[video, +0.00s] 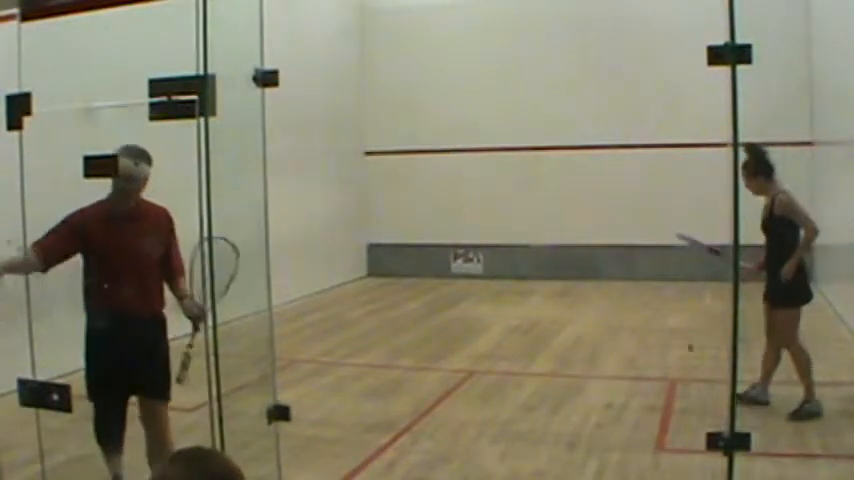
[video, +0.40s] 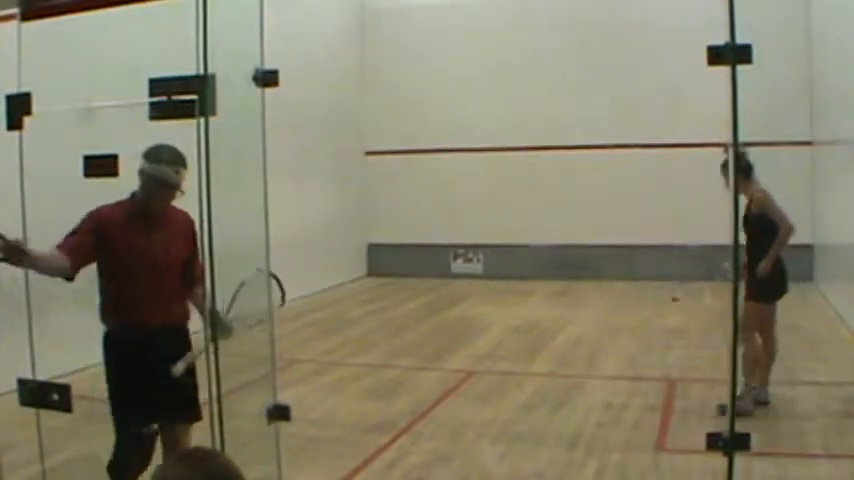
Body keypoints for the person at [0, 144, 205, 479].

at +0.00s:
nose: (128, 181)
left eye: (136, 175)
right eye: (122, 174)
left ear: (147, 178)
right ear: (110, 174)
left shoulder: (159, 219)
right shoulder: (88, 219)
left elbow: (175, 272)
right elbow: (39, 258)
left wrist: (187, 300)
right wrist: (5, 266)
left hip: (149, 328)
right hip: (105, 330)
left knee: (156, 413)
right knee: (108, 415)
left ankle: (162, 475)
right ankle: (116, 473)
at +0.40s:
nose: (169, 195)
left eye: (174, 188)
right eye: (162, 185)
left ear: (180, 187)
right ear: (143, 179)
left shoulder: (183, 225)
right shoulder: (107, 221)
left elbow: (194, 284)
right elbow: (66, 263)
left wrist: (212, 317)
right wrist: (28, 258)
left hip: (173, 338)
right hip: (126, 342)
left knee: (178, 435)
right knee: (136, 445)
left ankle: (177, 479)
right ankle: (121, 476)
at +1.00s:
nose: (187, 195)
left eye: (189, 187)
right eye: (184, 185)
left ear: (164, 182)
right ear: (163, 180)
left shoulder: (152, 220)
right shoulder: (139, 226)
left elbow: (157, 286)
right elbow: (148, 304)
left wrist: (194, 299)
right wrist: (192, 341)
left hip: (147, 350)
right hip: (136, 354)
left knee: (158, 454)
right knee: (153, 456)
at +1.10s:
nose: (186, 190)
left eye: (186, 182)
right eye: (182, 181)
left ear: (152, 179)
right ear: (163, 178)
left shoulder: (129, 217)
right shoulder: (148, 224)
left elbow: (145, 274)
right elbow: (161, 306)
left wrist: (187, 281)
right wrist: (197, 350)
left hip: (127, 345)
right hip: (146, 350)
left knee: (153, 453)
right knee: (159, 455)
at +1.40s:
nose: (172, 191)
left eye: (171, 183)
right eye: (168, 183)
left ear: (135, 183)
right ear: (155, 182)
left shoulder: (110, 221)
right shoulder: (171, 223)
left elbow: (112, 275)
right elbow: (187, 299)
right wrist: (209, 348)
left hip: (122, 345)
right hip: (165, 346)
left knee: (153, 435)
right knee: (196, 435)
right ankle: (198, 478)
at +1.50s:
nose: (168, 186)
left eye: (167, 179)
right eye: (166, 179)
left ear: (132, 180)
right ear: (161, 180)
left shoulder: (110, 218)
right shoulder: (174, 217)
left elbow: (107, 267)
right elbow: (191, 286)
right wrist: (209, 336)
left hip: (127, 339)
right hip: (171, 339)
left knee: (151, 429)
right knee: (201, 429)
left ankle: (145, 477)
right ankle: (208, 479)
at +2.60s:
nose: (157, 180)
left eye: (154, 176)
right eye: (155, 175)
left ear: (124, 180)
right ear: (152, 177)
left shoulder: (109, 217)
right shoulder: (172, 209)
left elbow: (114, 263)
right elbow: (190, 257)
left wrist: (149, 259)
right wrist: (157, 260)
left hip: (131, 318)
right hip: (171, 316)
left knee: (136, 390)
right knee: (187, 386)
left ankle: (139, 463)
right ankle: (194, 455)